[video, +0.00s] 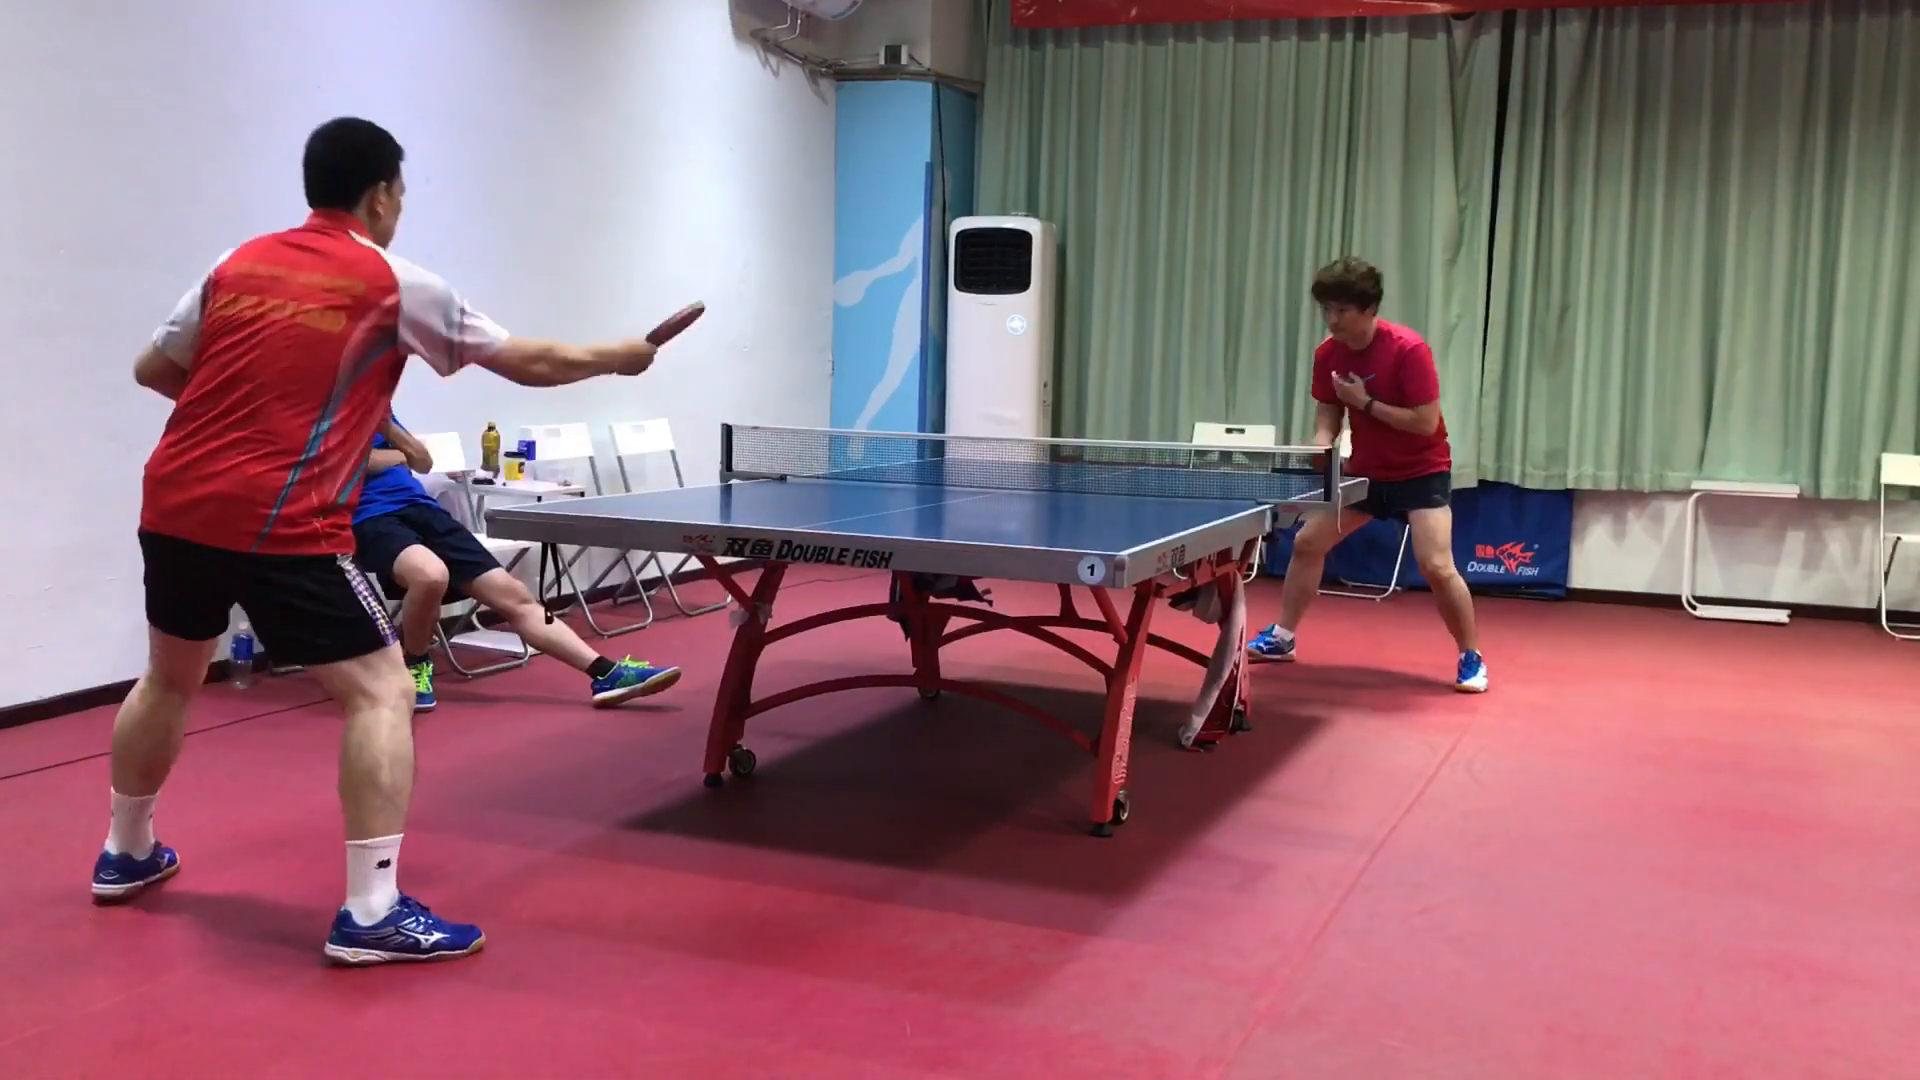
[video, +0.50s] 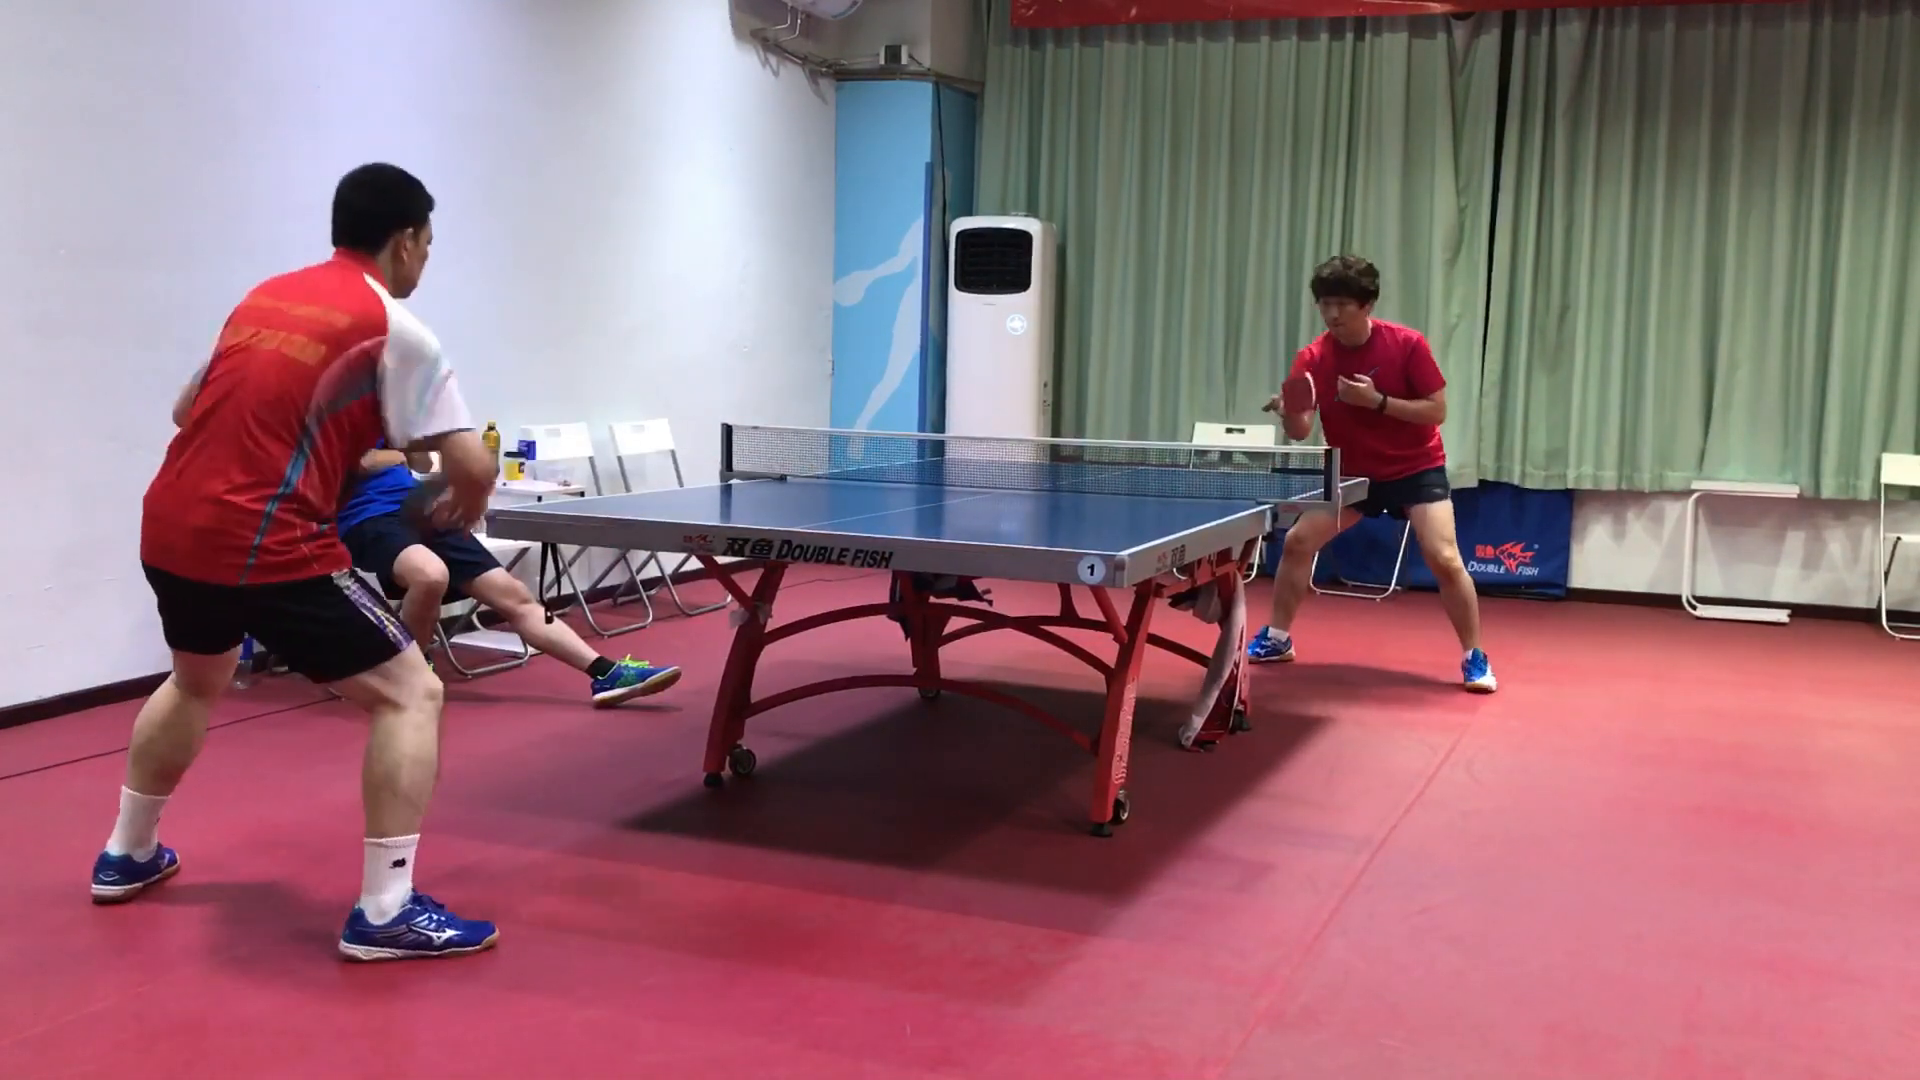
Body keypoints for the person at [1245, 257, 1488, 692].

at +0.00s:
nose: (1330, 320)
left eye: (1338, 311)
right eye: (1327, 311)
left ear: (1367, 308)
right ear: (1326, 310)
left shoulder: (1410, 350)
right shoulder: (1328, 355)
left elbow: (1425, 422)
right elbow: (1328, 412)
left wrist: (1366, 404)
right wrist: (1322, 443)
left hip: (1421, 476)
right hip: (1364, 476)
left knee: (1437, 567)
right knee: (1308, 541)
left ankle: (1470, 656)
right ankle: (1282, 636)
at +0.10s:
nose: (1313, 336)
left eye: (1320, 327)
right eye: (1308, 328)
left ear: (1348, 320)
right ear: (1304, 325)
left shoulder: (1394, 355)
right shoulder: (1310, 366)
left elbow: (1416, 426)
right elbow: (1321, 422)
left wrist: (1354, 409)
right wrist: (1337, 443)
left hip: (1414, 472)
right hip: (1358, 476)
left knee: (1430, 565)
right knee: (1300, 541)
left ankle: (1469, 655)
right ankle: (1277, 637)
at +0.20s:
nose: (1309, 335)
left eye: (1316, 326)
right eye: (1302, 327)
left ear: (1342, 317)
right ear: (1297, 321)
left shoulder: (1389, 349)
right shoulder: (1299, 366)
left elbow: (1417, 415)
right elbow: (1305, 435)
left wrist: (1355, 405)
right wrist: (1300, 429)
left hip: (1409, 467)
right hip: (1349, 473)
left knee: (1433, 559)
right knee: (1296, 541)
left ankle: (1469, 654)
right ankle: (1276, 637)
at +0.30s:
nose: (1311, 324)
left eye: (1319, 314)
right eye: (1304, 315)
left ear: (1344, 308)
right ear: (1299, 313)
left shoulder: (1391, 340)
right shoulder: (1300, 358)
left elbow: (1423, 403)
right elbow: (1299, 428)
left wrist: (1365, 396)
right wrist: (1279, 405)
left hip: (1409, 466)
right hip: (1349, 471)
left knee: (1437, 555)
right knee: (1294, 540)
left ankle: (1470, 654)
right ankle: (1276, 637)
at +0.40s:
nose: (1318, 316)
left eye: (1328, 306)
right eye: (1311, 306)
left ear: (1352, 303)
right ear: (1304, 306)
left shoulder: (1395, 341)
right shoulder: (1304, 354)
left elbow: (1428, 404)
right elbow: (1295, 425)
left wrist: (1372, 396)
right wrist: (1284, 399)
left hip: (1410, 467)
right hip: (1349, 472)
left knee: (1442, 557)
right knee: (1294, 541)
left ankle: (1472, 653)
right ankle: (1276, 637)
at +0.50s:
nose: (1331, 313)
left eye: (1340, 304)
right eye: (1324, 304)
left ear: (1366, 303)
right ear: (1317, 305)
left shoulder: (1407, 345)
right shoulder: (1313, 358)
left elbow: (1436, 411)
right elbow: (1298, 432)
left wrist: (1379, 402)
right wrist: (1287, 411)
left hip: (1419, 473)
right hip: (1354, 478)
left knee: (1446, 559)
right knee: (1297, 542)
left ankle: (1474, 656)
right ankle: (1276, 638)